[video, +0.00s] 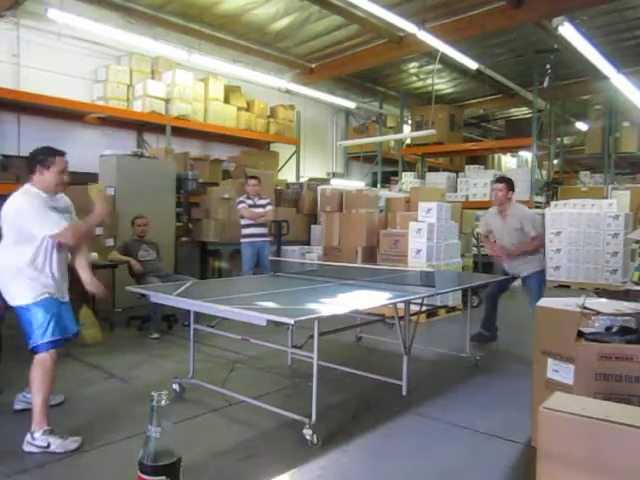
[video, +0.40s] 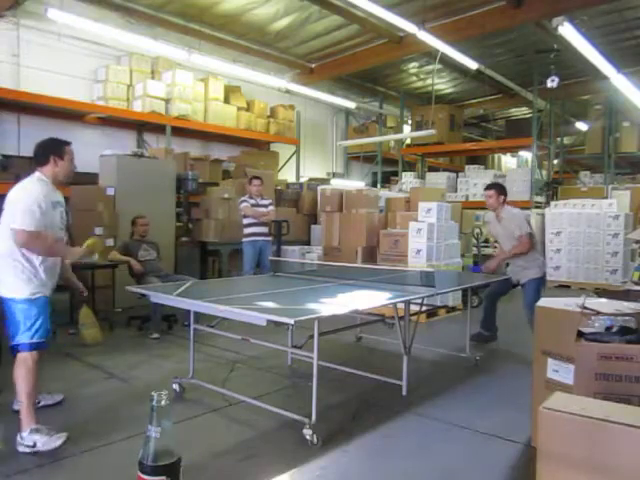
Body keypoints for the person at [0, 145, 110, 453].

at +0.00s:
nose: (66, 177)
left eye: (66, 171)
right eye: (61, 171)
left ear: (49, 171)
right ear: (40, 171)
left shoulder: (62, 202)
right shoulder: (23, 203)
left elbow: (79, 241)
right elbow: (70, 236)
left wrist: (86, 275)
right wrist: (97, 215)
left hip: (53, 285)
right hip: (27, 287)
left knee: (59, 337)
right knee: (47, 349)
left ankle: (32, 393)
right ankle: (39, 431)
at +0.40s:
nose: (73, 167)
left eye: (73, 161)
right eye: (70, 160)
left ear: (54, 162)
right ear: (53, 161)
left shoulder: (54, 196)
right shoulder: (30, 191)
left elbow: (56, 249)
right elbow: (25, 237)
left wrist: (74, 282)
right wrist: (65, 251)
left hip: (37, 288)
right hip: (21, 289)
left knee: (32, 346)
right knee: (28, 352)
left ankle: (26, 396)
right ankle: (28, 430)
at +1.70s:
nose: (101, 142)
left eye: (98, 137)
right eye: (96, 137)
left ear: (76, 145)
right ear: (84, 143)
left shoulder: (78, 173)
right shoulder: (75, 173)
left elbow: (88, 230)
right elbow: (76, 223)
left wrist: (116, 255)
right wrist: (94, 270)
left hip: (75, 282)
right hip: (71, 283)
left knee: (79, 353)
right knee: (81, 354)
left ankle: (65, 418)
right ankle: (53, 433)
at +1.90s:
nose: (112, 140)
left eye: (109, 136)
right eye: (107, 136)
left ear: (89, 144)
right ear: (94, 142)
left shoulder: (96, 172)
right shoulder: (82, 168)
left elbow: (95, 226)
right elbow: (71, 216)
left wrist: (121, 260)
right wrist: (108, 258)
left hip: (80, 283)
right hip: (86, 286)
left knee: (71, 352)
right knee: (94, 362)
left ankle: (65, 418)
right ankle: (106, 442)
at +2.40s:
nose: (144, 142)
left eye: (141, 136)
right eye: (140, 136)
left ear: (113, 141)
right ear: (126, 141)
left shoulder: (102, 170)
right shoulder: (114, 175)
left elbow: (114, 233)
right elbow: (124, 234)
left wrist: (154, 273)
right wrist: (159, 275)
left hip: (110, 286)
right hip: (121, 289)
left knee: (118, 355)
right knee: (118, 365)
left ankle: (95, 402)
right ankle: (115, 446)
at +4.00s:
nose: (147, 144)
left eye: (145, 137)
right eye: (145, 138)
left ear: (110, 141)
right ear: (135, 139)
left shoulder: (90, 176)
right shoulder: (139, 177)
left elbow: (76, 228)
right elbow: (155, 236)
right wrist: (173, 252)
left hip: (96, 289)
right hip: (132, 293)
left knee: (93, 356)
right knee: (122, 366)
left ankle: (80, 427)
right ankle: (116, 445)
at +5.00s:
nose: (128, 144)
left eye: (126, 137)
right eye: (125, 137)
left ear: (95, 144)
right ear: (115, 140)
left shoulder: (79, 179)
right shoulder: (123, 176)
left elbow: (93, 226)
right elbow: (137, 231)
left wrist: (146, 225)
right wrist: (159, 249)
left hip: (84, 290)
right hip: (120, 293)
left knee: (82, 358)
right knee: (119, 367)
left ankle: (77, 429)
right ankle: (115, 448)